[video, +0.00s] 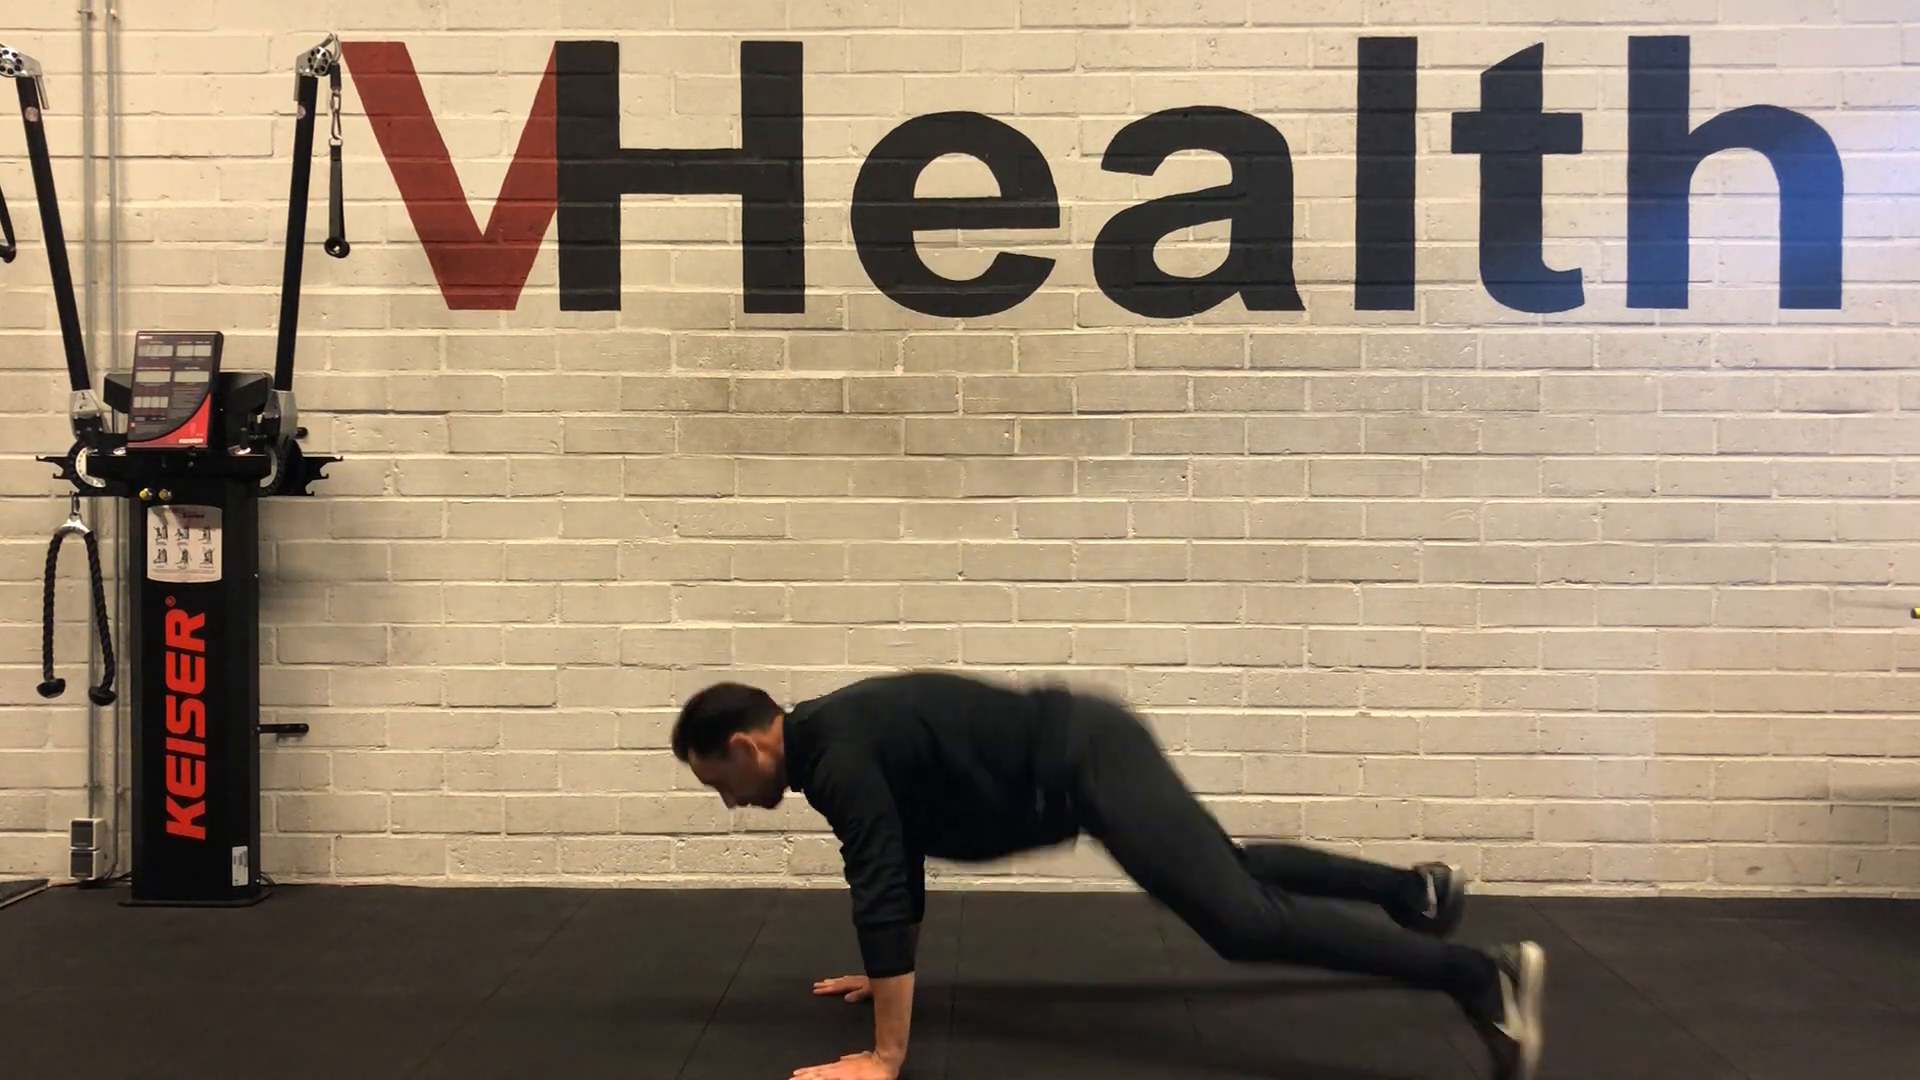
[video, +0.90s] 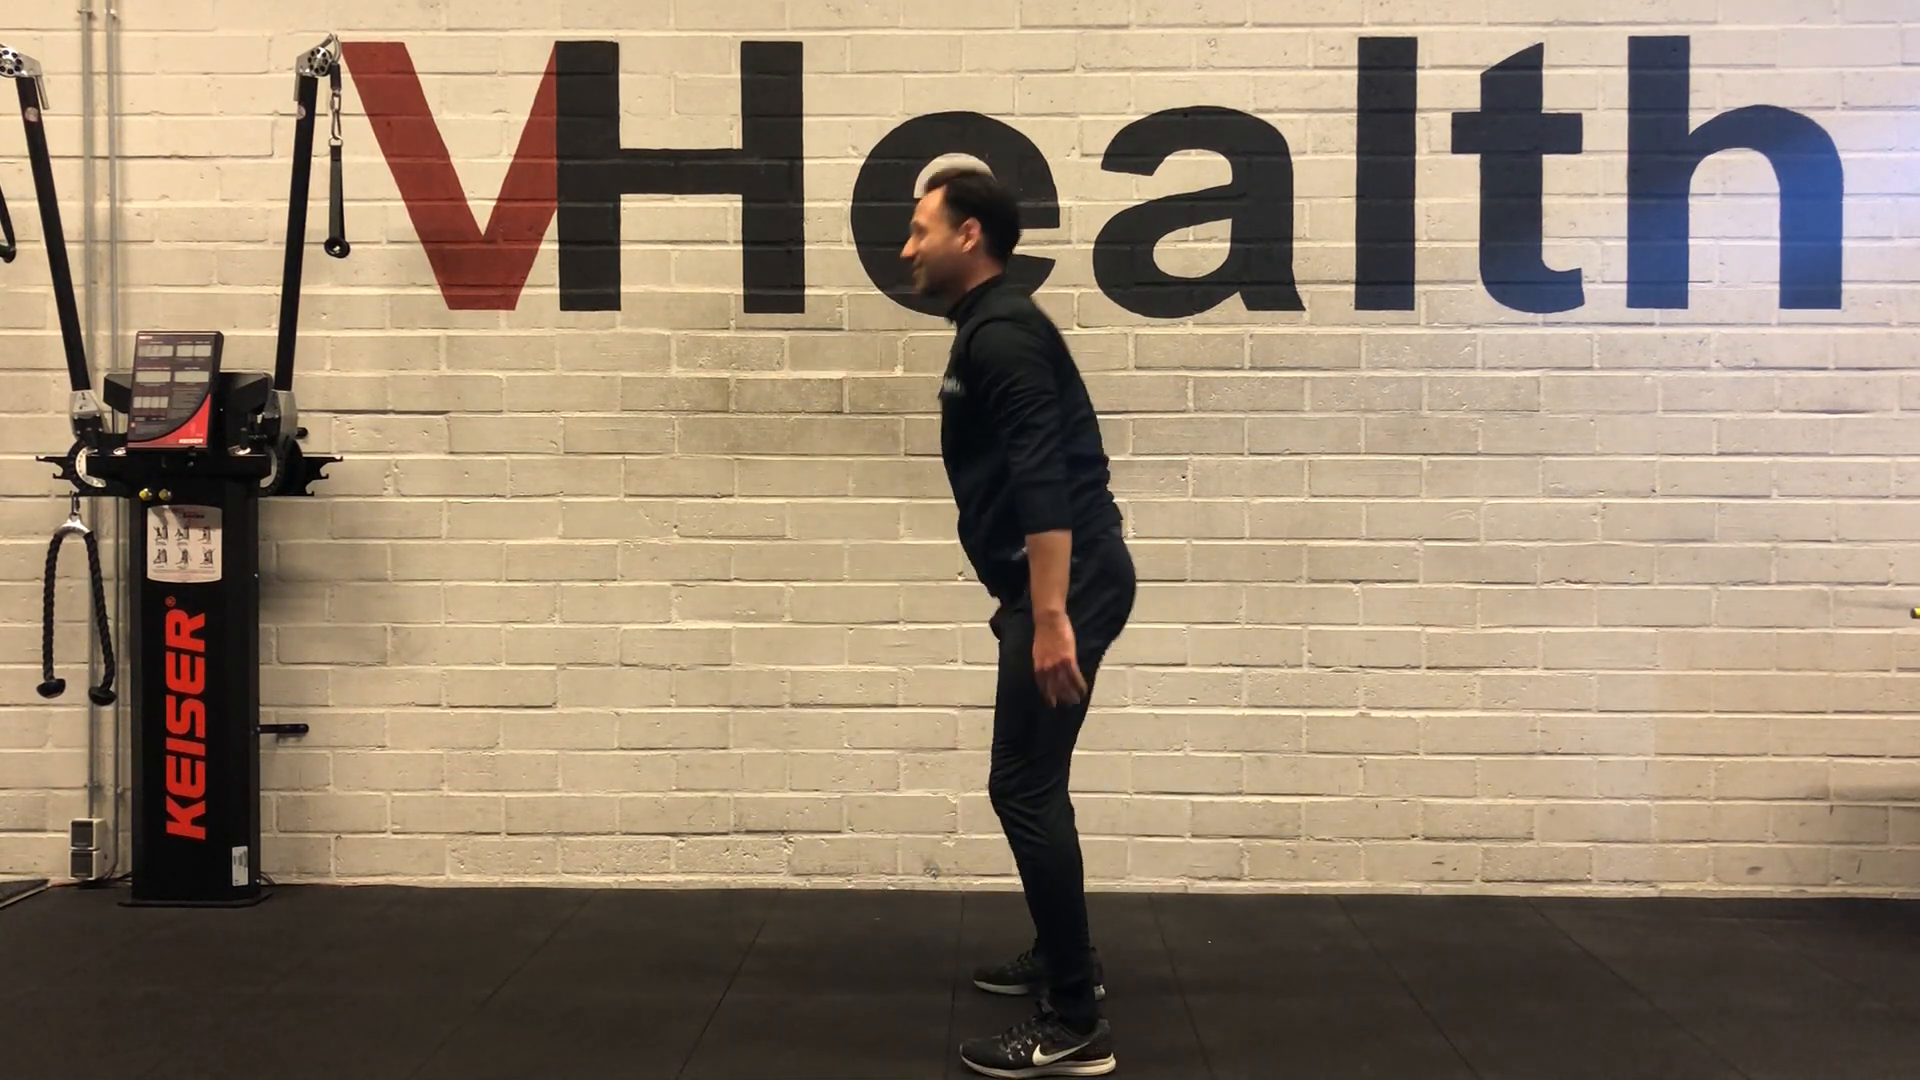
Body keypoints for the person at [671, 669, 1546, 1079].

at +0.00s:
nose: (719, 795)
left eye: (716, 778)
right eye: (711, 783)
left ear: (750, 744)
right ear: (754, 732)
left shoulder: (839, 754)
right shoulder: (827, 737)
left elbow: (888, 898)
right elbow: (888, 873)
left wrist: (886, 1052)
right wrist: (877, 974)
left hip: (1092, 756)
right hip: (1087, 756)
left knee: (1246, 924)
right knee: (1232, 875)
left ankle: (1482, 974)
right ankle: (1414, 893)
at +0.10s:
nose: (761, 799)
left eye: (755, 783)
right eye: (750, 787)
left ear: (782, 746)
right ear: (785, 735)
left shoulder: (874, 745)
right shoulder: (858, 728)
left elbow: (901, 899)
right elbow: (900, 876)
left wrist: (888, 1055)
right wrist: (884, 973)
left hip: (1106, 656)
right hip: (1091, 664)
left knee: (1140, 869)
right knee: (1148, 830)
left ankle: (1367, 952)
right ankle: (1341, 874)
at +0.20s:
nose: (800, 782)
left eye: (794, 764)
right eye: (789, 770)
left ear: (828, 730)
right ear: (832, 723)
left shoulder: (909, 743)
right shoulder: (895, 716)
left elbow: (911, 896)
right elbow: (909, 872)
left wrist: (885, 1049)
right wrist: (889, 971)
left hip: (1128, 621)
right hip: (1117, 611)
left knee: (1037, 803)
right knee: (1059, 781)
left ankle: (1189, 979)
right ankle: (1202, 902)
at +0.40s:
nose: (805, 666)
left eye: (805, 647)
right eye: (799, 652)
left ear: (845, 625)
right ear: (850, 623)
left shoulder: (921, 674)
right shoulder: (916, 658)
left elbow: (897, 834)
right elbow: (897, 823)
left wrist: (846, 981)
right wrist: (856, 929)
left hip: (1157, 696)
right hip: (1144, 684)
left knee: (994, 811)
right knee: (995, 797)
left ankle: (1075, 1022)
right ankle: (1065, 964)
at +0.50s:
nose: (811, 568)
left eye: (813, 549)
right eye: (807, 553)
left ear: (857, 535)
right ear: (864, 535)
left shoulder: (931, 598)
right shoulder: (923, 586)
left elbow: (914, 748)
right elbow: (912, 740)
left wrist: (860, 898)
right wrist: (876, 844)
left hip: (1152, 676)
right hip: (1125, 665)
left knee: (997, 809)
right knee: (989, 773)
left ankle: (1072, 1021)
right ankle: (1063, 961)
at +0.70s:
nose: (849, 362)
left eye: (859, 344)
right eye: (850, 344)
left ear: (907, 344)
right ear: (911, 345)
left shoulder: (957, 432)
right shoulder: (952, 420)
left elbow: (982, 587)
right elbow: (985, 581)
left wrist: (981, 726)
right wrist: (985, 720)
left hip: (1119, 616)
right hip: (1092, 613)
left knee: (1015, 795)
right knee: (1004, 781)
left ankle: (1074, 1019)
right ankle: (1060, 961)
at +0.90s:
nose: (906, 244)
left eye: (919, 229)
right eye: (910, 229)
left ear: (969, 236)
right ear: (972, 236)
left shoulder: (1004, 335)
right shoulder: (992, 326)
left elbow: (1043, 480)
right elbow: (1035, 476)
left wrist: (1050, 615)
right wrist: (1021, 598)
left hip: (1065, 589)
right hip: (1053, 585)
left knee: (1026, 790)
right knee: (1027, 783)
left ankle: (1076, 1018)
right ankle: (1059, 955)